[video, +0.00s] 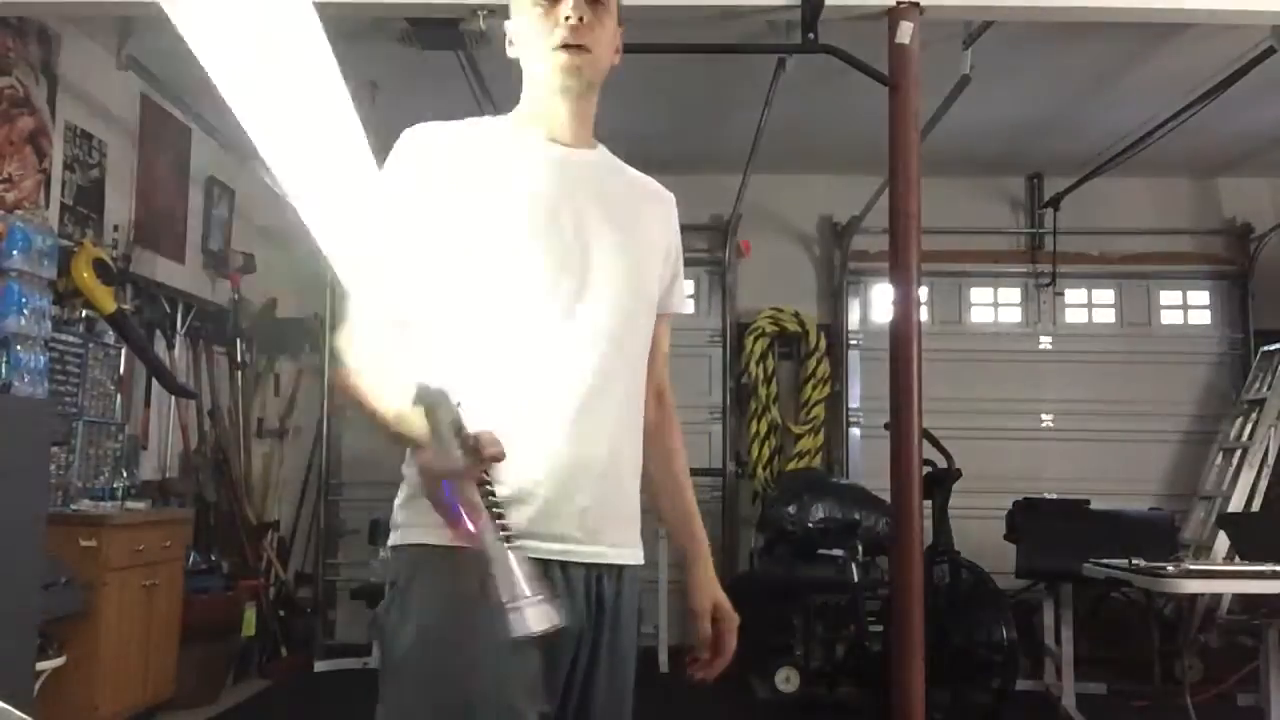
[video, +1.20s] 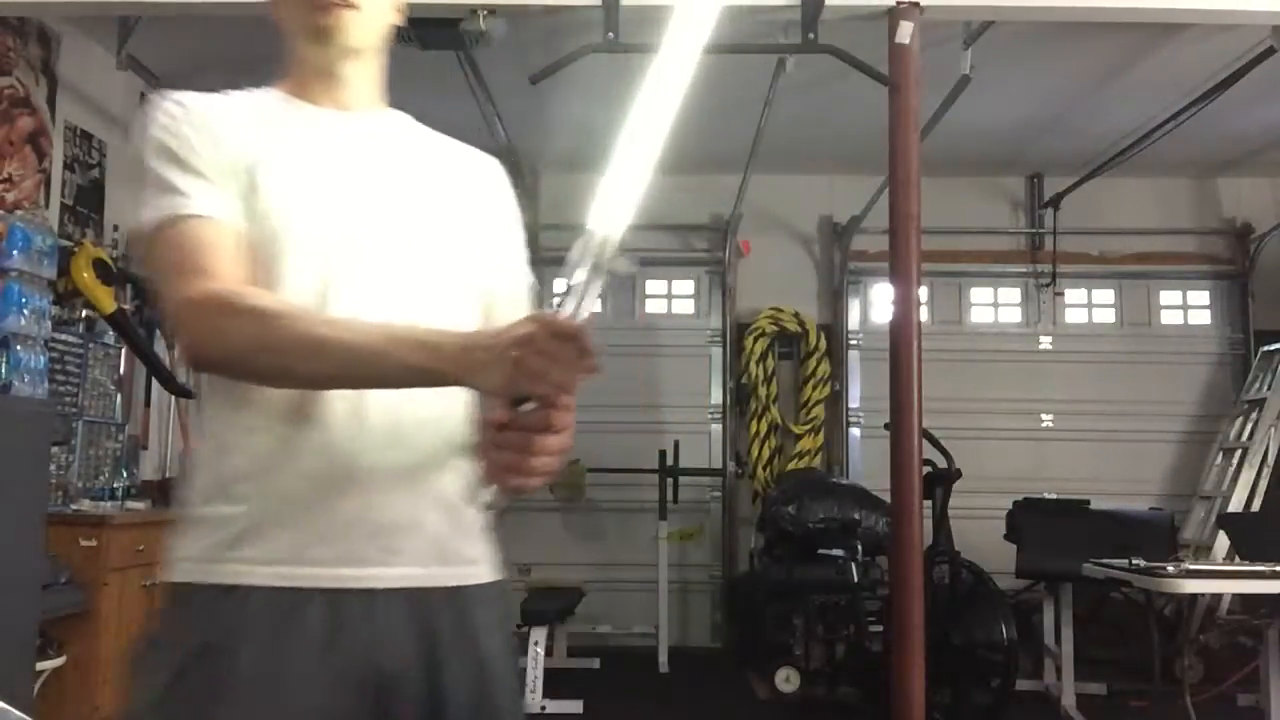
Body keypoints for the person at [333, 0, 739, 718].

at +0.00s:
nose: (573, 13)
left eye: (594, 2)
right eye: (548, 0)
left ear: (619, 41)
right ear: (510, 34)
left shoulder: (652, 206)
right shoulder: (432, 156)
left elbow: (652, 400)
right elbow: (358, 348)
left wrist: (698, 560)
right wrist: (432, 432)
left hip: (610, 574)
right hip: (461, 558)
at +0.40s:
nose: (565, 15)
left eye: (588, 6)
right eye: (541, 4)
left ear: (613, 51)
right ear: (507, 41)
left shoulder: (656, 206)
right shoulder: (436, 158)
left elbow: (664, 386)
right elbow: (360, 335)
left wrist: (654, 483)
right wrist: (520, 388)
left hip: (606, 567)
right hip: (462, 558)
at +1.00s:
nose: (444, 5)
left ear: (502, 29)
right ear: (384, 25)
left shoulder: (574, 187)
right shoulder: (323, 150)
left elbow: (611, 354)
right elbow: (312, 326)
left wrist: (617, 405)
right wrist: (542, 338)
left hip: (548, 576)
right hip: (376, 572)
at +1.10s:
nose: (398, 1)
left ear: (459, 18)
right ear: (333, 15)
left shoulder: (532, 185)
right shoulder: (267, 142)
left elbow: (571, 366)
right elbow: (269, 325)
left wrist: (583, 417)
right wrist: (509, 345)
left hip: (510, 590)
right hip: (328, 588)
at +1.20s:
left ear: (402, 10)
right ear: (273, 6)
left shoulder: (479, 179)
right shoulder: (197, 122)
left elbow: (504, 393)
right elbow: (206, 323)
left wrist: (533, 436)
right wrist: (467, 356)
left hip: (453, 603)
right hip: (253, 602)